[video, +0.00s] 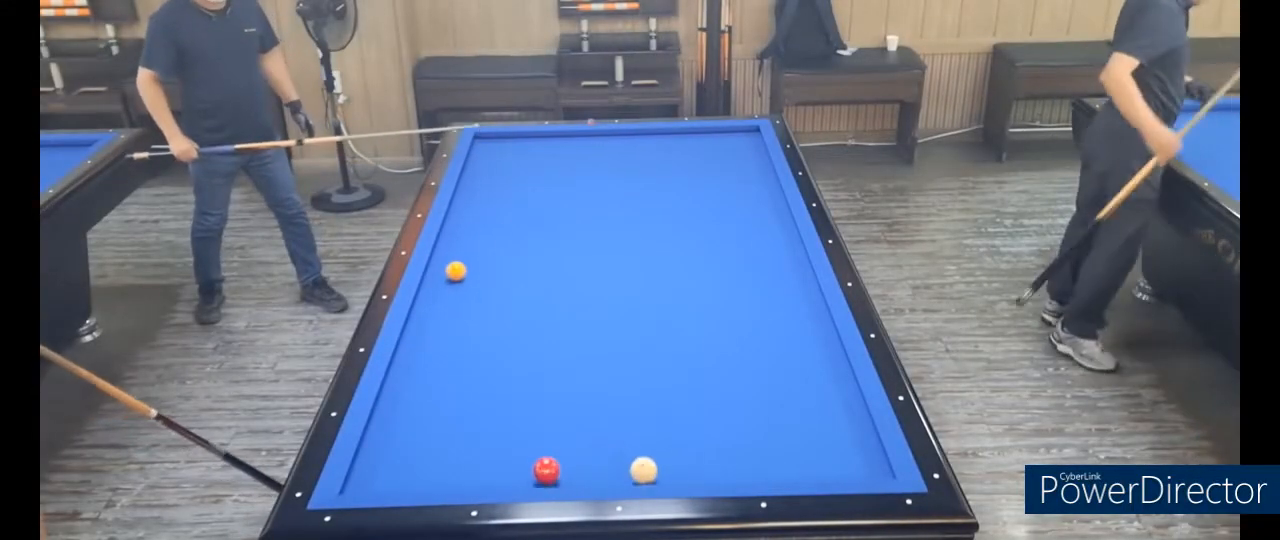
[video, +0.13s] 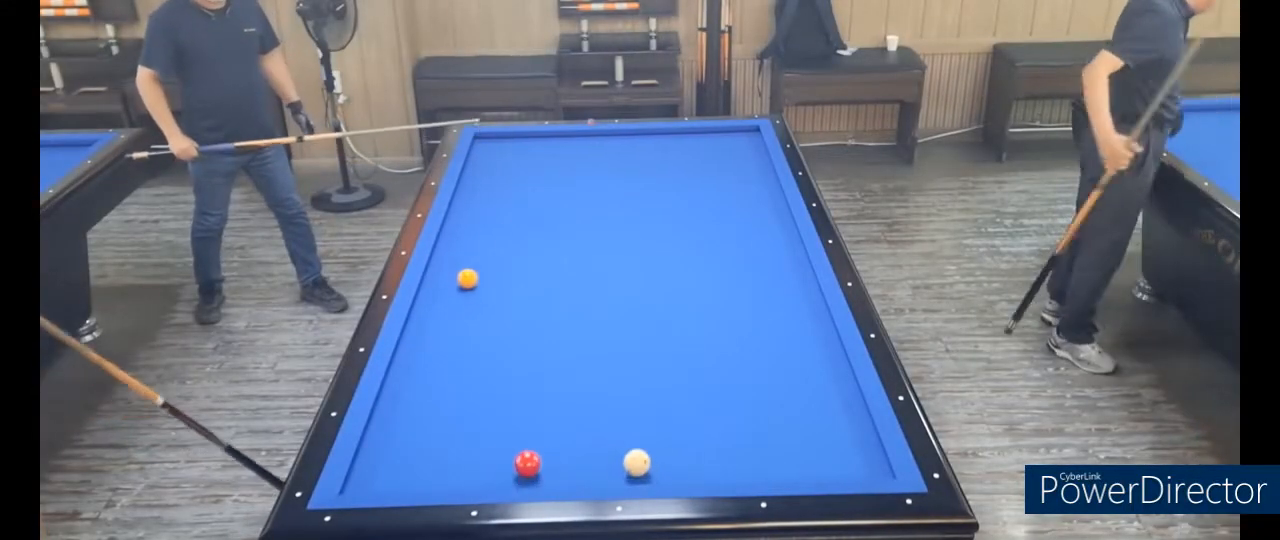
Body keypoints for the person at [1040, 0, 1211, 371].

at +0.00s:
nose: (1205, 0)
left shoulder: (1158, 8)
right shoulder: (1163, 12)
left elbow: (1137, 66)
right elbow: (1114, 74)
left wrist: (1179, 83)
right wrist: (1154, 131)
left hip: (1114, 132)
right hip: (1132, 143)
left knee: (1090, 220)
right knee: (1119, 239)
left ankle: (1060, 299)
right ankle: (1076, 331)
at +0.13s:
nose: (1214, 2)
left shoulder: (1166, 14)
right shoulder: (1159, 17)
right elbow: (1094, 73)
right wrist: (1107, 139)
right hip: (1127, 148)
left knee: (1091, 227)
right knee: (1106, 240)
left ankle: (1059, 302)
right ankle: (1071, 335)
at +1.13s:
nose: (1239, 24)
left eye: (1241, 15)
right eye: (1237, 13)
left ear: (1212, 7)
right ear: (1208, 4)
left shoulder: (1202, 41)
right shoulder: (1158, 39)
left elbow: (1168, 101)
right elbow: (1095, 99)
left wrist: (1185, 144)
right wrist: (1068, 171)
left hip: (1159, 167)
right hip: (1122, 166)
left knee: (1111, 238)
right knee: (1124, 271)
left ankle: (1073, 304)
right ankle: (1108, 377)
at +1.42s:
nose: (1236, 40)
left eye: (1240, 32)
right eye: (1232, 27)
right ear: (1205, 13)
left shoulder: (1232, 64)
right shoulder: (1150, 51)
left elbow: (1227, 127)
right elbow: (1098, 114)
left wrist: (1234, 185)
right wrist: (1069, 190)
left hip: (1187, 192)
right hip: (1127, 186)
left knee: (1173, 281)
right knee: (1118, 289)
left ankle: (1109, 313)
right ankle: (1107, 380)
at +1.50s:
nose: (1237, 49)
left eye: (1241, 41)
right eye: (1233, 38)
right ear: (1207, 19)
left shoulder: (1235, 71)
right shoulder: (1148, 56)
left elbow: (1233, 136)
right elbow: (1102, 125)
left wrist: (1235, 183)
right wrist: (1076, 196)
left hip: (1200, 201)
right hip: (1134, 194)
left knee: (1188, 303)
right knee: (1113, 293)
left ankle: (1136, 355)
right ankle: (1106, 379)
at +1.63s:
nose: (1243, 57)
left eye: (1245, 47)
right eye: (1240, 45)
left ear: (1228, 34)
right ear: (1219, 31)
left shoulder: (1236, 86)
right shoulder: (1160, 76)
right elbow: (1110, 146)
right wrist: (1088, 216)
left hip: (1216, 222)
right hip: (1147, 214)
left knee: (1203, 332)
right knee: (1119, 302)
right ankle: (1107, 379)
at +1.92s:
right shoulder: (1212, 96)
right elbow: (1166, 169)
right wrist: (1142, 245)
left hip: (1236, 263)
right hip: (1200, 254)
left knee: (1228, 391)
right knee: (1159, 350)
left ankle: (1209, 488)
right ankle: (1117, 392)